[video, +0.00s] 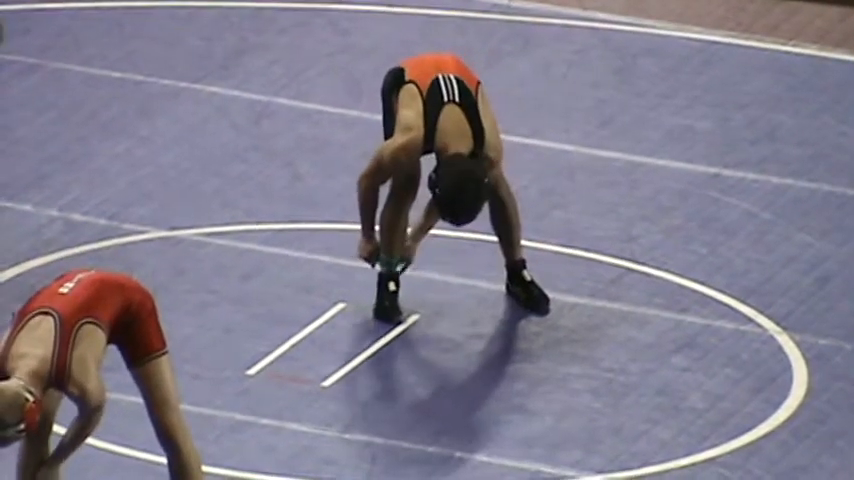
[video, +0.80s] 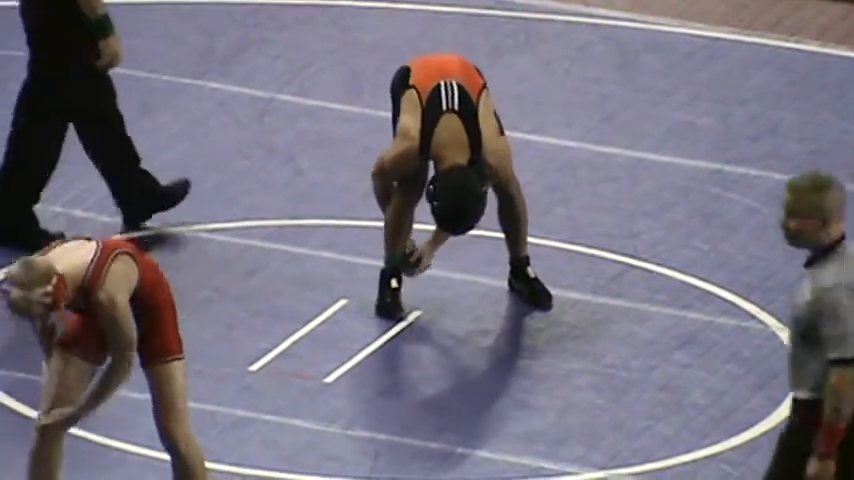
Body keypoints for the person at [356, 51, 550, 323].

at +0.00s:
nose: (448, 220)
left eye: (456, 220)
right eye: (446, 216)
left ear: (482, 186)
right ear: (435, 183)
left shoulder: (490, 154)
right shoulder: (406, 145)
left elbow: (441, 201)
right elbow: (368, 183)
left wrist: (414, 240)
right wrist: (368, 238)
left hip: (464, 79)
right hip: (407, 80)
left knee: (499, 188)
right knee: (404, 188)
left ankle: (518, 274)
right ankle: (389, 282)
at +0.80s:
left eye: (458, 234)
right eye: (445, 230)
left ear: (482, 190)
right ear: (433, 193)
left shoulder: (496, 158)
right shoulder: (406, 150)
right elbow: (380, 178)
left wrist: (432, 247)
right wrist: (402, 237)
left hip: (470, 76)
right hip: (414, 77)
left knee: (510, 192)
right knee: (407, 191)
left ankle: (521, 271)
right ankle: (391, 277)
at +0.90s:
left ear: (477, 188)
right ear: (429, 192)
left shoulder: (493, 153)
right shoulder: (401, 151)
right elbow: (381, 186)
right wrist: (404, 242)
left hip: (467, 75)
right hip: (411, 76)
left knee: (508, 194)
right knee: (405, 191)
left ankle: (521, 270)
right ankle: (391, 279)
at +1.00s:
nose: (444, 228)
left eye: (451, 225)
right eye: (438, 223)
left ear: (473, 183)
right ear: (424, 186)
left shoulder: (492, 150)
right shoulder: (397, 151)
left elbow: (515, 200)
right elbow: (378, 177)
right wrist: (396, 230)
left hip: (464, 73)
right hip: (408, 76)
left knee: (506, 190)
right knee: (403, 192)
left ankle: (521, 268)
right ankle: (391, 277)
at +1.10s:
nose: (433, 221)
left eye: (443, 219)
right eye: (431, 215)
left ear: (469, 178)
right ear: (421, 183)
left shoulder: (488, 145)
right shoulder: (395, 141)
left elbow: (513, 196)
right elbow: (371, 164)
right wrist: (384, 216)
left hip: (464, 73)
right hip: (408, 73)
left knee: (503, 188)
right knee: (402, 186)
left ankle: (521, 267)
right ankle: (391, 276)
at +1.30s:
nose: (442, 193)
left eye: (446, 189)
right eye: (438, 189)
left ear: (462, 158)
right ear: (416, 145)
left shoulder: (482, 134)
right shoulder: (397, 111)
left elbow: (463, 194)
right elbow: (350, 131)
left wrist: (421, 236)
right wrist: (352, 197)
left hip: (469, 65)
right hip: (415, 63)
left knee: (502, 180)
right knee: (402, 187)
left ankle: (520, 264)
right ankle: (391, 276)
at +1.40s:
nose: (439, 152)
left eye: (449, 150)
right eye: (434, 145)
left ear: (466, 132)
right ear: (422, 115)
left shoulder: (487, 120)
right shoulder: (405, 88)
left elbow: (459, 185)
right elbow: (353, 114)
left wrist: (418, 230)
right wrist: (347, 180)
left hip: (480, 59)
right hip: (427, 53)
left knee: (507, 177)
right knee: (410, 179)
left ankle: (525, 256)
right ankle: (392, 273)